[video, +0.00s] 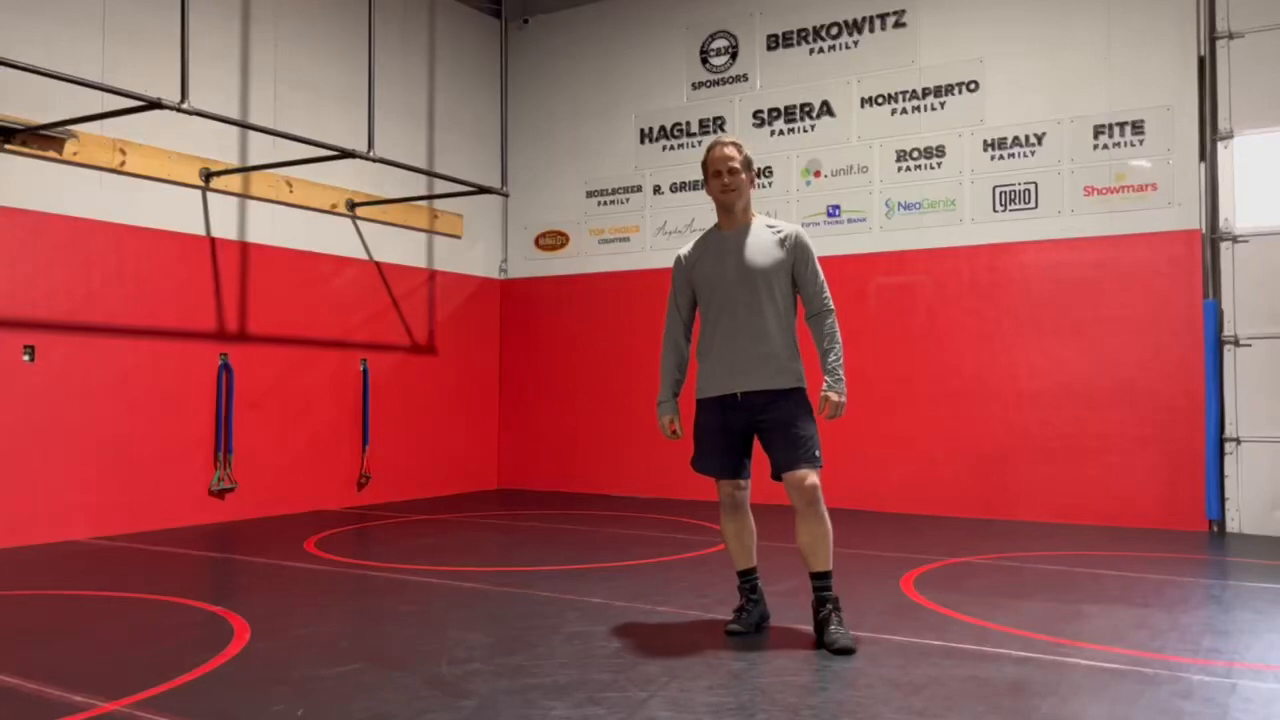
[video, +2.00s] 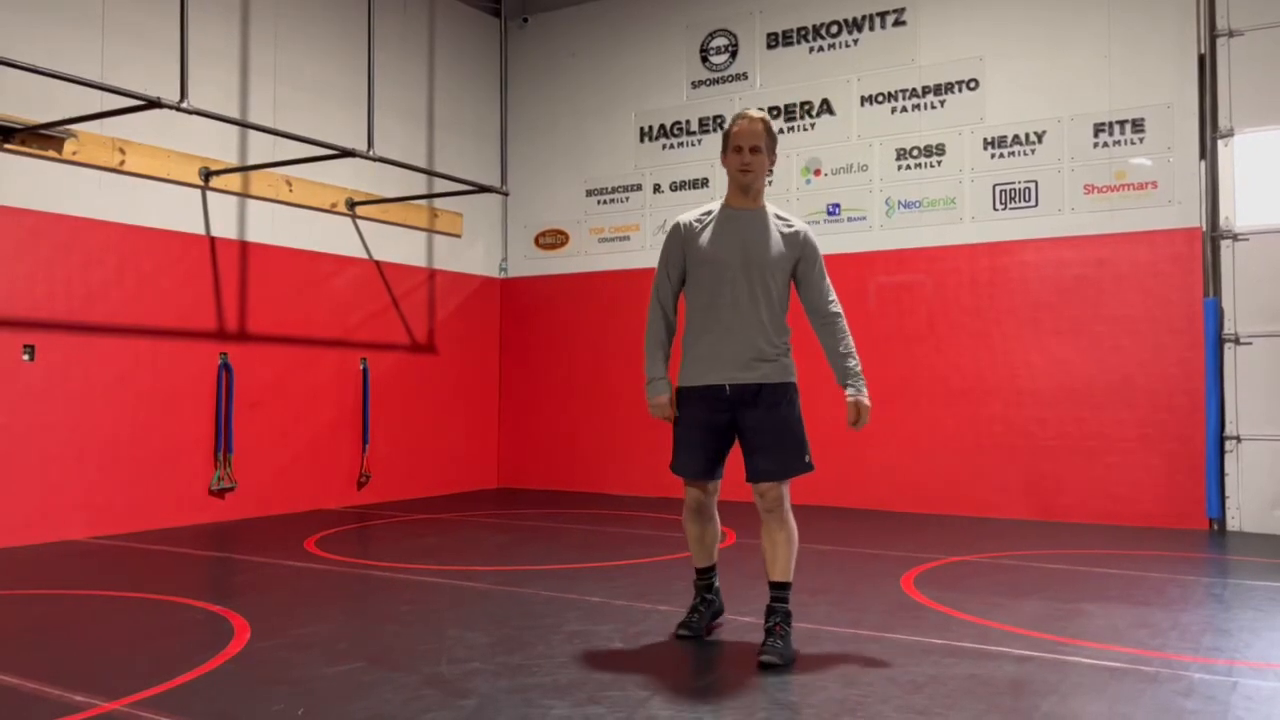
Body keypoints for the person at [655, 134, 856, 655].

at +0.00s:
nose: (725, 178)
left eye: (733, 170)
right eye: (716, 172)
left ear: (752, 176)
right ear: (705, 184)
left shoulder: (788, 239)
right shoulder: (692, 258)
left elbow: (821, 313)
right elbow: (676, 334)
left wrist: (834, 377)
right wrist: (667, 399)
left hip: (783, 393)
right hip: (719, 399)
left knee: (807, 487)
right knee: (732, 496)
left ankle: (827, 610)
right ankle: (750, 601)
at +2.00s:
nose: (747, 158)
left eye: (757, 149)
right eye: (737, 148)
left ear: (772, 159)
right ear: (722, 157)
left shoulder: (792, 235)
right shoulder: (687, 231)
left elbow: (827, 313)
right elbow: (661, 309)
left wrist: (854, 383)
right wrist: (656, 379)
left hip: (769, 387)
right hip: (702, 388)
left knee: (772, 498)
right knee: (697, 497)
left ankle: (778, 620)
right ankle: (706, 598)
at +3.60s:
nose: (796, 177)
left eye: (804, 169)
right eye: (787, 170)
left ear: (822, 176)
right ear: (776, 179)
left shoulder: (845, 247)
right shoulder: (749, 243)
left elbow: (867, 323)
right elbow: (732, 317)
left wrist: (883, 385)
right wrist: (737, 379)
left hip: (825, 385)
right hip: (767, 384)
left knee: (817, 486)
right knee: (764, 481)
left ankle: (811, 591)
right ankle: (762, 595)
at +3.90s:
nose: (793, 180)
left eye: (802, 171)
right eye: (785, 172)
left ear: (820, 177)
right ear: (776, 180)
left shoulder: (846, 248)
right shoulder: (750, 244)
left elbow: (863, 328)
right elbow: (726, 318)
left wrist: (874, 392)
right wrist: (716, 379)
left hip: (821, 387)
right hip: (759, 384)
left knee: (814, 485)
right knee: (732, 480)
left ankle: (810, 589)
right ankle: (726, 563)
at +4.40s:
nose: (745, 181)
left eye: (753, 173)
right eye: (738, 173)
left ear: (773, 180)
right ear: (730, 181)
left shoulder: (799, 242)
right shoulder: (713, 251)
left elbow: (814, 316)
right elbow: (700, 323)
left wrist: (798, 375)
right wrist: (692, 374)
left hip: (779, 387)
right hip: (724, 388)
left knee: (794, 485)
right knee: (724, 482)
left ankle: (808, 588)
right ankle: (728, 582)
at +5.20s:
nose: (720, 188)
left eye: (729, 180)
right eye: (712, 180)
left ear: (745, 185)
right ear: (702, 186)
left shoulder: (774, 245)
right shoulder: (685, 256)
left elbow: (792, 319)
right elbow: (667, 321)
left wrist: (790, 379)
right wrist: (657, 372)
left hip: (761, 383)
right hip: (707, 388)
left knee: (777, 476)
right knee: (716, 481)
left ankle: (807, 580)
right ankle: (727, 583)